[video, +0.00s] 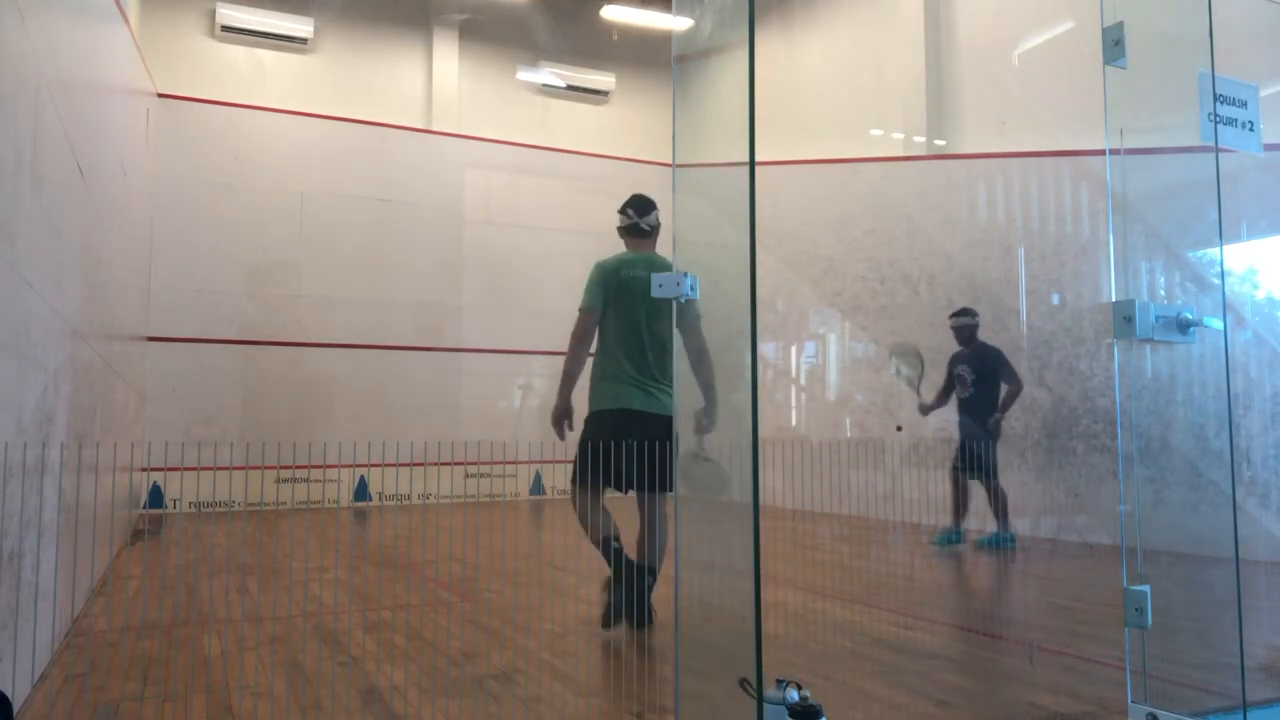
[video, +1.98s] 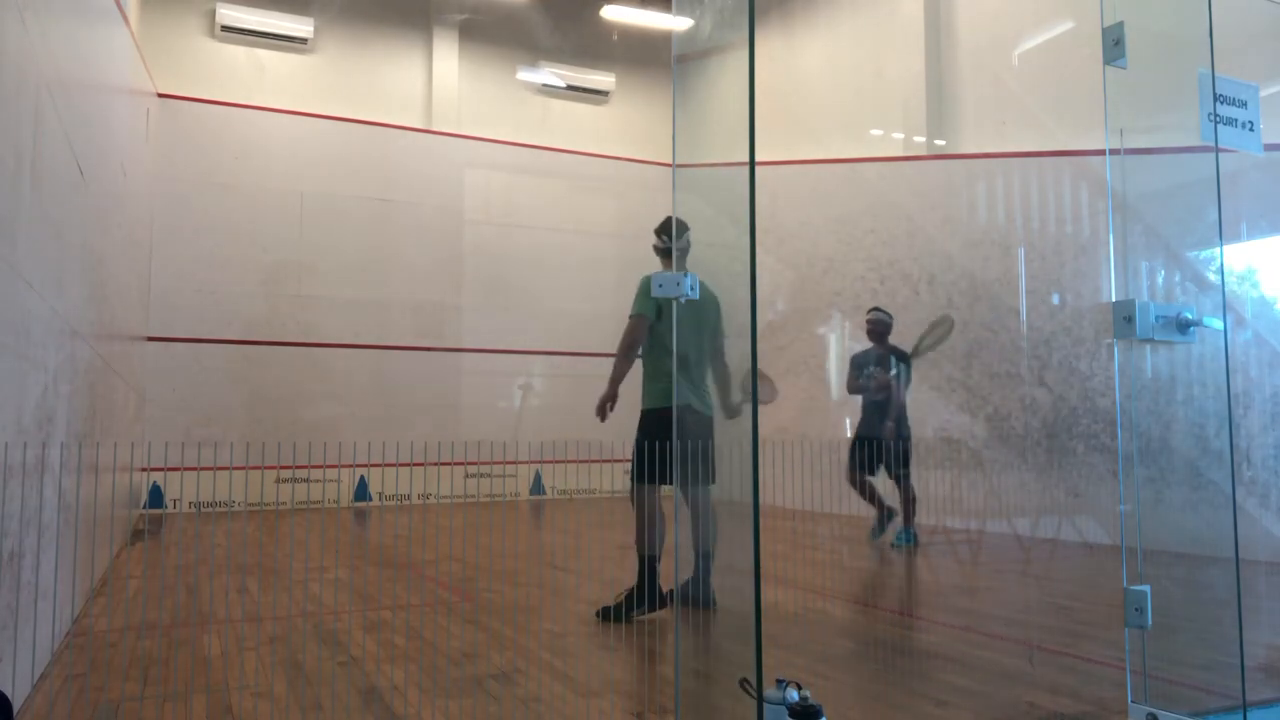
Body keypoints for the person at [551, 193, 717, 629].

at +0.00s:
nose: (626, 236)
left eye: (623, 230)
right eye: (635, 230)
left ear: (620, 229)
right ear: (658, 229)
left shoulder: (607, 270)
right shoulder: (676, 276)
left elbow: (582, 338)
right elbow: (696, 347)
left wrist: (563, 397)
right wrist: (711, 401)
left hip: (612, 412)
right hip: (660, 414)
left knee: (585, 496)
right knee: (654, 508)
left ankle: (622, 568)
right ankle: (640, 603)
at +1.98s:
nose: (658, 252)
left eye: (658, 246)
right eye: (664, 246)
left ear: (657, 247)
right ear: (688, 247)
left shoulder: (652, 284)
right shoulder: (707, 295)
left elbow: (634, 337)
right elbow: (719, 356)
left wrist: (612, 388)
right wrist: (728, 400)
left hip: (660, 410)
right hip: (699, 412)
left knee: (644, 492)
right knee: (697, 495)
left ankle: (646, 587)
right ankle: (701, 584)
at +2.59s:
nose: (635, 245)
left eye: (637, 239)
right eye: (639, 238)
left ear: (642, 244)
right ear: (671, 247)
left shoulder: (648, 282)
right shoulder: (684, 287)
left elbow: (644, 338)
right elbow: (684, 350)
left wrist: (607, 388)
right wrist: (632, 356)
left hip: (654, 410)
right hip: (685, 410)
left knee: (629, 493)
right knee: (689, 495)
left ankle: (623, 593)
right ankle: (700, 584)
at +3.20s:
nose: (548, 231)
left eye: (558, 225)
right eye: (549, 224)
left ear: (578, 232)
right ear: (550, 229)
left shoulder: (586, 279)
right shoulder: (564, 282)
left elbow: (556, 324)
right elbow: (539, 340)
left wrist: (503, 307)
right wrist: (510, 311)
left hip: (587, 414)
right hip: (558, 413)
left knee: (588, 507)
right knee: (505, 491)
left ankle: (610, 607)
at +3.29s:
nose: (528, 229)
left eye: (536, 223)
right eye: (530, 222)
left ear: (553, 233)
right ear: (541, 233)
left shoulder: (563, 282)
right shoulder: (537, 287)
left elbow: (524, 307)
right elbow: (501, 336)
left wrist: (482, 269)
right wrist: (492, 288)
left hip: (564, 417)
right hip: (530, 417)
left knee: (571, 510)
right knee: (471, 494)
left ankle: (609, 607)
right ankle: (425, 590)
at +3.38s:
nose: (495, 241)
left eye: (500, 235)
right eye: (497, 235)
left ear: (512, 240)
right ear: (532, 243)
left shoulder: (537, 290)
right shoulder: (503, 292)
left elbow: (484, 292)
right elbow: (456, 327)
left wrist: (459, 235)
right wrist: (484, 276)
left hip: (535, 428)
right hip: (496, 428)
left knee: (551, 518)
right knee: (434, 502)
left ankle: (607, 605)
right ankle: (373, 595)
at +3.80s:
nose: (360, 263)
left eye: (366, 255)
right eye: (363, 255)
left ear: (382, 259)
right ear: (389, 261)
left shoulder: (409, 298)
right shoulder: (381, 314)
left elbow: (427, 335)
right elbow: (364, 375)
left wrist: (403, 343)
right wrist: (324, 394)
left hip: (417, 441)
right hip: (380, 441)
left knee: (408, 547)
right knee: (311, 505)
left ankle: (478, 566)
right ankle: (319, 609)